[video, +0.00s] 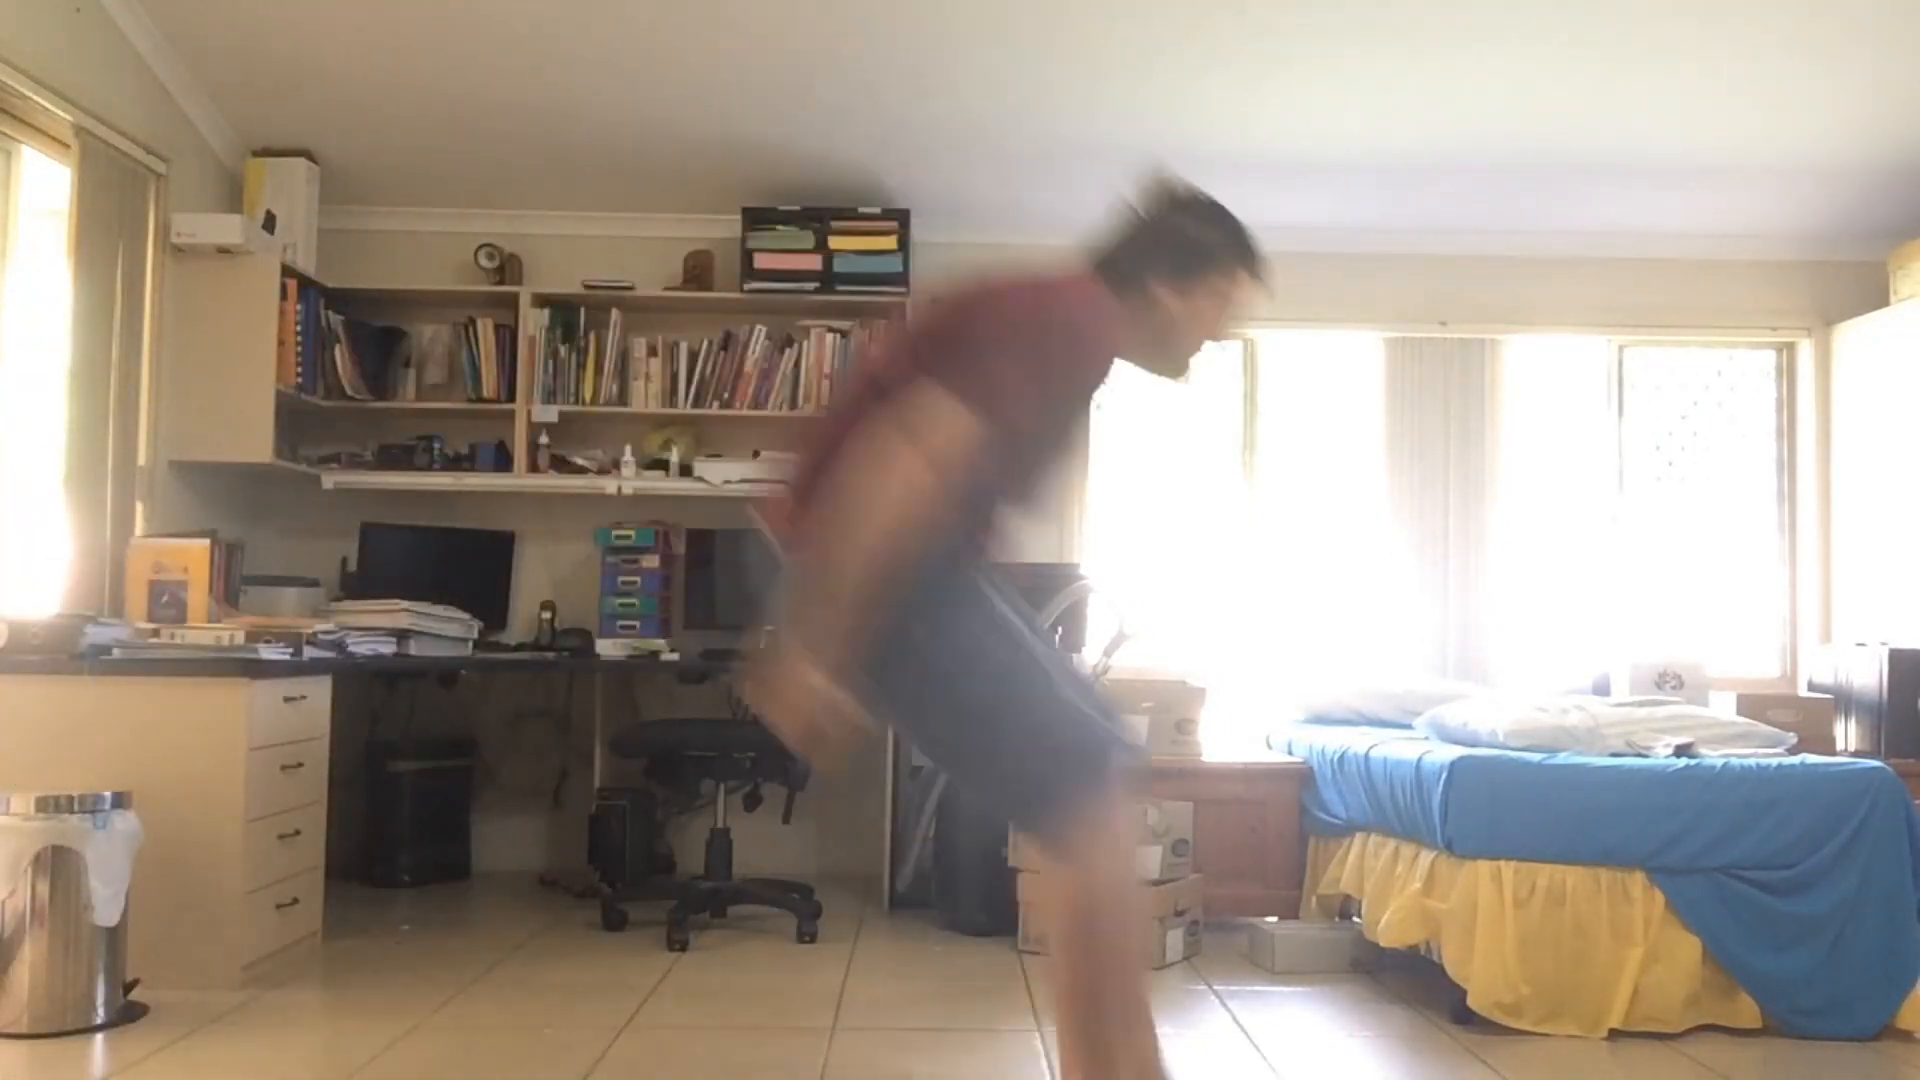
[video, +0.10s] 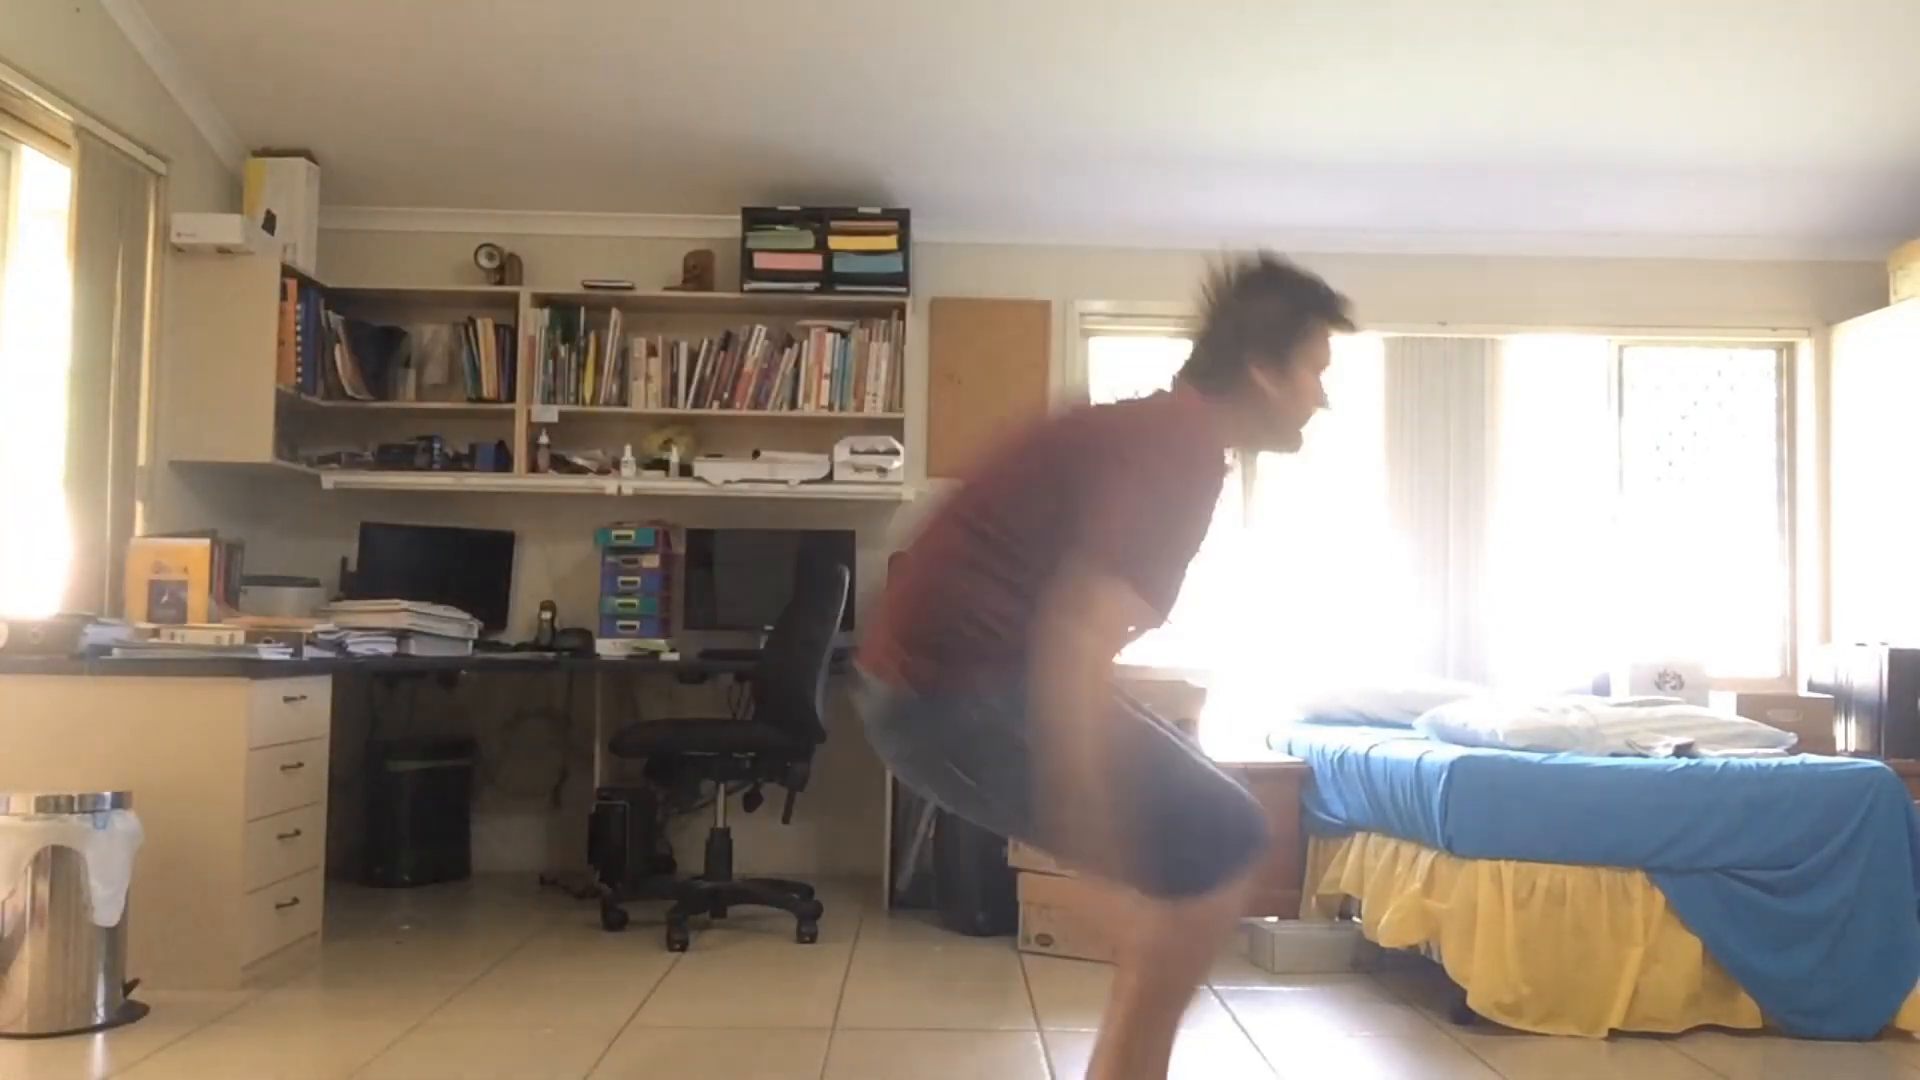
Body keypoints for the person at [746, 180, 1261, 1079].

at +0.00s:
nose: (1219, 336)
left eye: (1228, 317)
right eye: (1222, 309)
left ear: (1165, 276)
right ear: (1173, 281)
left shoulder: (1073, 325)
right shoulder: (1063, 319)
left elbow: (929, 471)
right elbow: (909, 451)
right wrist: (813, 648)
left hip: (919, 559)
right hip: (882, 562)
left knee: (1100, 778)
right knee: (1084, 791)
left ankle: (1108, 1058)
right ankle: (1117, 1061)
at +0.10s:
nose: (1324, 396)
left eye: (1324, 372)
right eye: (1317, 370)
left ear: (1258, 367)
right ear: (1262, 368)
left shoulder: (1159, 431)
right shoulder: (1177, 442)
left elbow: (1078, 638)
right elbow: (1076, 634)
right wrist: (1091, 834)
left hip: (943, 686)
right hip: (947, 695)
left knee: (1211, 826)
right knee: (1221, 837)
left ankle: (1123, 1063)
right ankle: (1126, 1065)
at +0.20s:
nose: (1421, 486)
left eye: (1423, 463)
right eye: (1415, 460)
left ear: (1331, 441)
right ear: (1356, 450)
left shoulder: (1232, 486)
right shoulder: (1272, 510)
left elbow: (1222, 716)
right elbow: (1266, 740)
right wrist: (1374, 901)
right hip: (1018, 726)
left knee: (1247, 862)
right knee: (1252, 876)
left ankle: (1129, 1066)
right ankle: (1128, 1069)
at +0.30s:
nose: (1483, 512)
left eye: (1487, 488)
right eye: (1480, 486)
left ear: (1393, 457)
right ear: (1426, 475)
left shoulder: (1287, 495)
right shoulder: (1345, 528)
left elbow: (1276, 698)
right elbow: (1386, 762)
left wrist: (1422, 781)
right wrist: (1521, 882)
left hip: (1019, 688)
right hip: (1056, 705)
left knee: (1270, 846)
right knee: (1296, 871)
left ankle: (1136, 1064)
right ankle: (1134, 1068)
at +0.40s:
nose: (1526, 456)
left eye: (1531, 435)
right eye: (1525, 432)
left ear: (1417, 387)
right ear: (1478, 417)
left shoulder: (1337, 440)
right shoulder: (1400, 465)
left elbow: (1307, 660)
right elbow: (1386, 694)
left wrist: (1431, 734)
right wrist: (1513, 814)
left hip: (1065, 652)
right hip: (1114, 668)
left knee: (1278, 852)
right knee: (1325, 867)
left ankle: (1141, 1062)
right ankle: (1139, 1065)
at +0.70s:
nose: (1640, 149)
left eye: (1639, 126)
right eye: (1634, 124)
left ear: (1517, 116)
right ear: (1585, 123)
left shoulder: (1440, 198)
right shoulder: (1541, 211)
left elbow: (1326, 367)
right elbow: (1458, 377)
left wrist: (1269, 539)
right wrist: (1477, 592)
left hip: (1308, 534)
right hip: (1361, 537)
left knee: (1495, 773)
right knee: (1366, 831)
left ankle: (1447, 1039)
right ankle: (1150, 1057)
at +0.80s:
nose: (1682, 105)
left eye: (1682, 81)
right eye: (1677, 80)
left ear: (1555, 79)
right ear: (1631, 81)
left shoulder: (1463, 174)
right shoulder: (1608, 163)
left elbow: (1355, 335)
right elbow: (1542, 324)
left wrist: (1290, 489)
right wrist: (1542, 538)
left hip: (1382, 505)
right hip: (1450, 513)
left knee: (1543, 768)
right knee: (1379, 795)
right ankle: (1179, 1046)